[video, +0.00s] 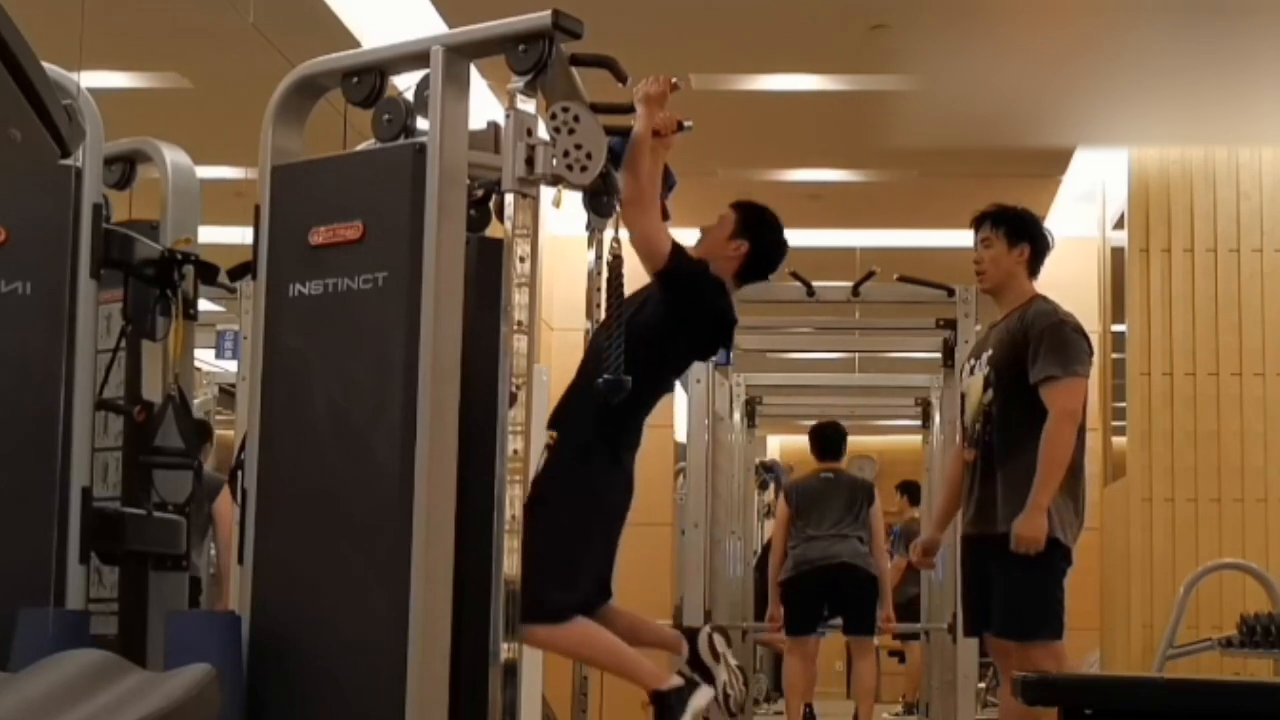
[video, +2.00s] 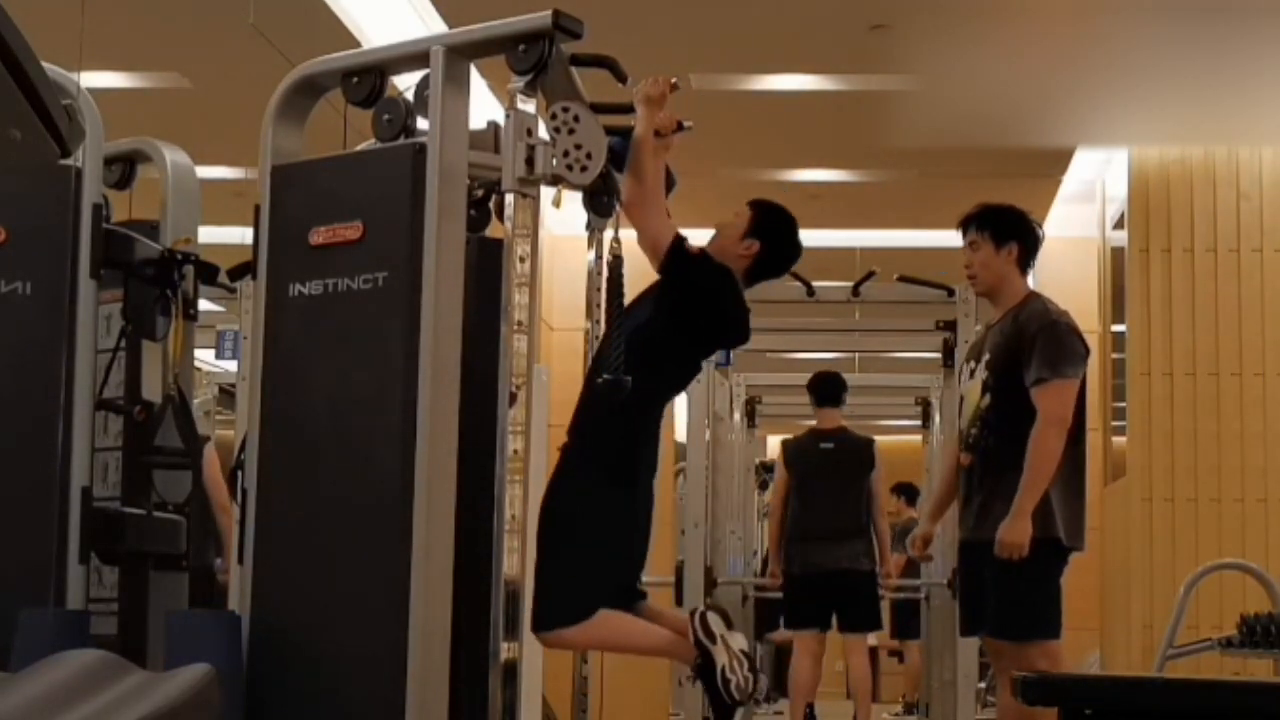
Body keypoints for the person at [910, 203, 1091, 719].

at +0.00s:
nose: (976, 257)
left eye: (988, 246)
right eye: (976, 248)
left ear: (1023, 254)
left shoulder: (1051, 325)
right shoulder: (984, 343)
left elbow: (1067, 416)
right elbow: (968, 445)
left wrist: (1038, 508)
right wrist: (935, 529)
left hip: (1031, 525)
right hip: (987, 526)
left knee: (1041, 659)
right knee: (1004, 656)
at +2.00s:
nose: (965, 262)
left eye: (975, 248)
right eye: (964, 251)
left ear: (1011, 252)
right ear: (998, 256)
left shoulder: (1047, 325)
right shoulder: (986, 341)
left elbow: (1055, 425)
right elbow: (967, 441)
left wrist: (1022, 512)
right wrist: (930, 519)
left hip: (1028, 529)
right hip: (987, 528)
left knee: (1038, 668)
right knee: (1003, 663)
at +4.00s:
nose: (978, 256)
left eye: (990, 244)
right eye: (977, 246)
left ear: (1026, 251)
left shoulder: (1051, 324)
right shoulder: (989, 339)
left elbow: (1063, 421)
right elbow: (969, 436)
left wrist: (1018, 506)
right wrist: (929, 512)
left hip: (1033, 527)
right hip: (992, 525)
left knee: (1040, 667)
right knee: (1004, 662)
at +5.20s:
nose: (992, 241)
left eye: (1005, 230)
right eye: (993, 230)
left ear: (1041, 244)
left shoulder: (1071, 320)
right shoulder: (1005, 332)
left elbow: (1088, 416)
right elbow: (987, 432)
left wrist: (1044, 507)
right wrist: (942, 511)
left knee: (1060, 659)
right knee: (966, 643)